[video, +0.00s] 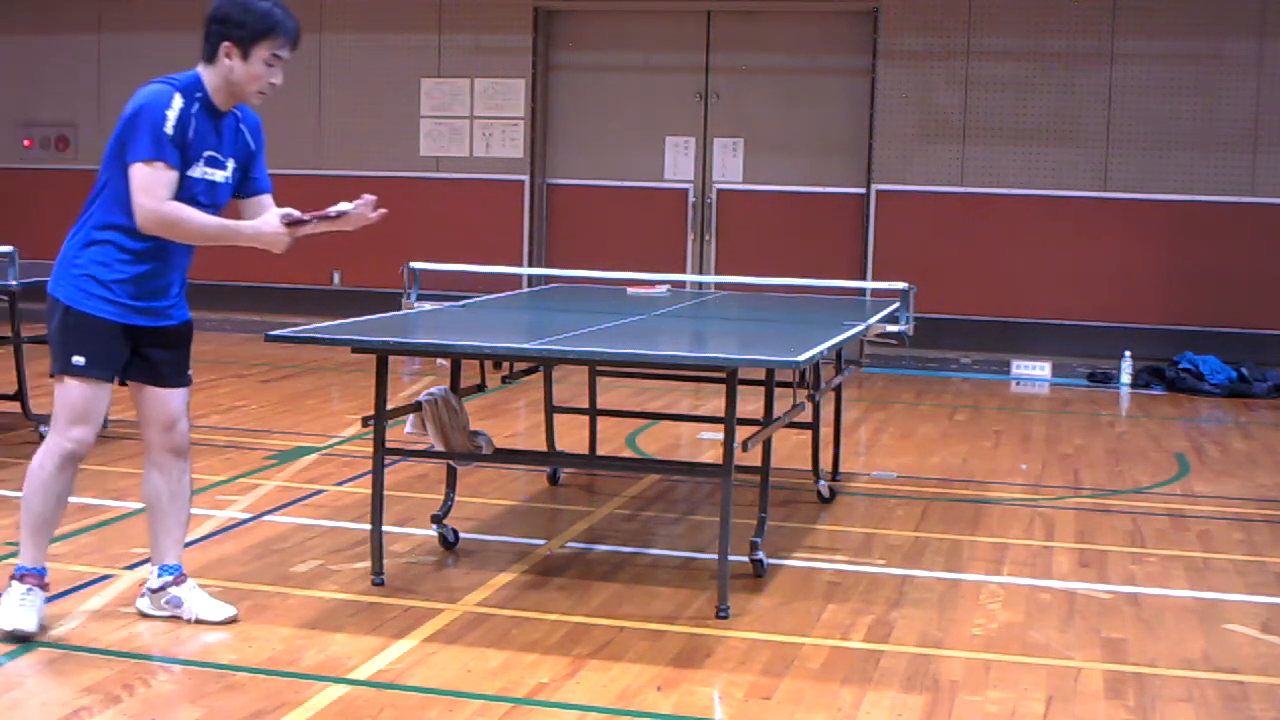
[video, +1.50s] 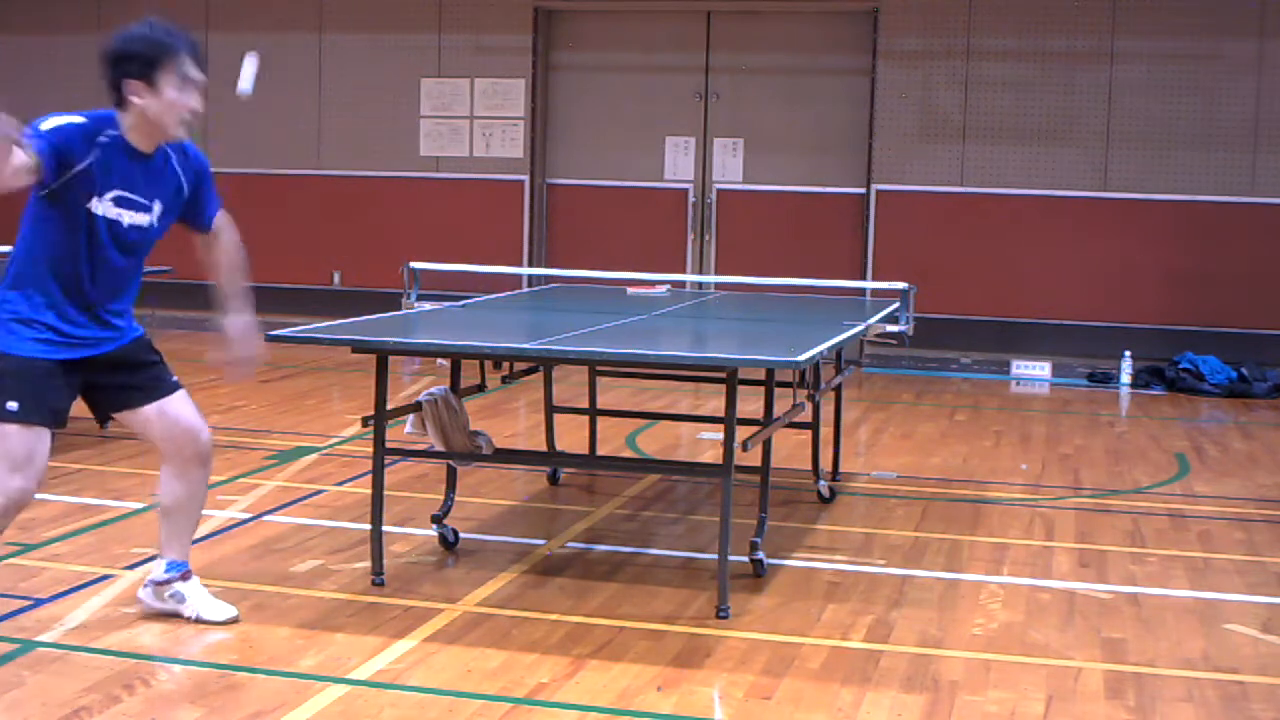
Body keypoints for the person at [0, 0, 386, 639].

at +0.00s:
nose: (278, 76)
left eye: (283, 63)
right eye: (270, 60)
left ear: (244, 59)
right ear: (228, 53)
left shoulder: (245, 126)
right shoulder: (162, 105)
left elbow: (260, 224)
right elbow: (150, 211)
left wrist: (330, 221)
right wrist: (247, 234)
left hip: (162, 298)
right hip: (95, 291)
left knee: (171, 438)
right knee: (73, 437)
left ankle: (166, 582)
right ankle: (27, 581)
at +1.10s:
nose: (206, 57)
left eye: (203, 44)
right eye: (192, 44)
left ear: (165, 58)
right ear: (148, 57)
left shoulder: (192, 116)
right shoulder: (95, 122)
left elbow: (281, 145)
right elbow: (89, 229)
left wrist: (366, 156)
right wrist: (190, 229)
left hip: (116, 311)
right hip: (39, 311)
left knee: (166, 436)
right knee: (12, 452)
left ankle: (165, 582)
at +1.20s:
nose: (186, 49)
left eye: (183, 35)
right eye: (172, 37)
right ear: (128, 53)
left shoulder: (181, 113)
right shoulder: (80, 115)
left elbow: (271, 147)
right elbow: (44, 211)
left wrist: (358, 166)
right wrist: (151, 235)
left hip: (110, 312)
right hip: (32, 311)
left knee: (164, 438)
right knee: (10, 454)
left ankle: (165, 582)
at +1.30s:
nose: (176, 53)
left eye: (173, 39)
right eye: (161, 41)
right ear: (117, 56)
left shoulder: (178, 120)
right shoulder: (65, 120)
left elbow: (263, 163)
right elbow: (7, 191)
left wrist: (342, 201)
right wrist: (73, 204)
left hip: (111, 313)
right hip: (30, 317)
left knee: (167, 439)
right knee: (9, 463)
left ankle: (164, 581)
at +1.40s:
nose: (177, 72)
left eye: (174, 57)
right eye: (161, 59)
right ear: (116, 73)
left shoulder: (179, 138)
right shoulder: (62, 128)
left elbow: (252, 197)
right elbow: (9, 186)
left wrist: (306, 250)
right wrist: (8, 164)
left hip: (111, 324)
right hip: (29, 323)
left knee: (177, 445)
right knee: (13, 473)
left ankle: (166, 582)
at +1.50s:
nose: (197, 103)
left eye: (197, 88)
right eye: (183, 87)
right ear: (136, 92)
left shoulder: (186, 166)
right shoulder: (74, 136)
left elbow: (219, 234)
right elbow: (9, 174)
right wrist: (14, 154)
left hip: (110, 331)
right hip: (30, 328)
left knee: (191, 441)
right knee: (16, 483)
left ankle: (169, 578)